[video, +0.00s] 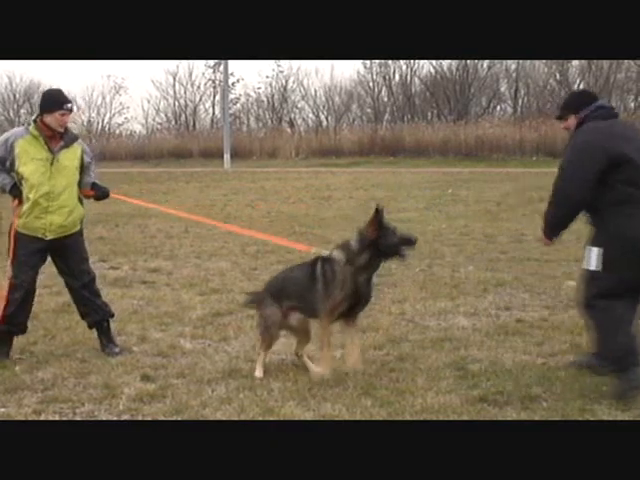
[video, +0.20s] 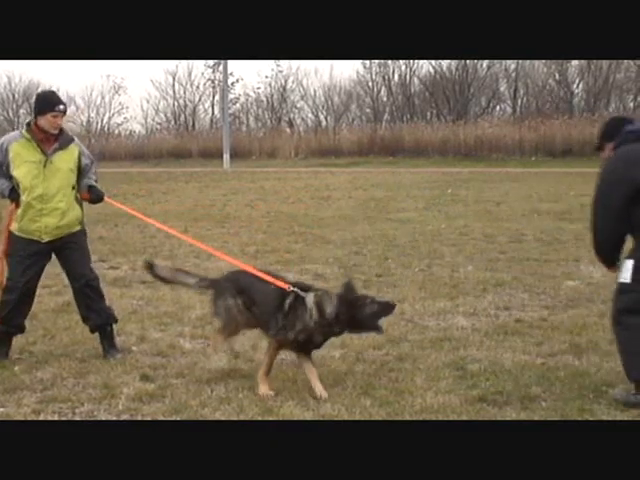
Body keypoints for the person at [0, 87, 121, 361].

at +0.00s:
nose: (66, 118)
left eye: (68, 113)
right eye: (61, 113)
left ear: (70, 115)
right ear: (44, 114)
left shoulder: (77, 147)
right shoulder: (15, 140)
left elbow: (87, 176)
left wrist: (91, 189)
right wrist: (12, 187)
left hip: (68, 229)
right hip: (29, 229)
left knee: (83, 282)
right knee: (21, 285)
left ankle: (106, 336)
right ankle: (5, 342)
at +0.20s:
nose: (59, 120)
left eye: (62, 115)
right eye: (53, 115)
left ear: (64, 117)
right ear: (38, 116)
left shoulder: (73, 146)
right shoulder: (11, 145)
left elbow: (87, 173)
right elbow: (2, 177)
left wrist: (92, 189)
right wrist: (11, 191)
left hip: (69, 229)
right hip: (28, 232)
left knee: (86, 281)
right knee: (17, 289)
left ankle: (108, 341)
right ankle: (4, 346)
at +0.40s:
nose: (66, 121)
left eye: (69, 116)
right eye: (60, 116)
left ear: (71, 118)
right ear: (44, 117)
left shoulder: (79, 145)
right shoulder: (17, 145)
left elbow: (93, 168)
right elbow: (2, 173)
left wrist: (88, 186)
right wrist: (17, 190)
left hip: (75, 229)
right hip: (36, 232)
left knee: (90, 283)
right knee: (22, 288)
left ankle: (109, 341)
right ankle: (5, 341)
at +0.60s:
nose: (68, 120)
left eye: (70, 115)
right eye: (62, 115)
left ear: (72, 117)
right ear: (46, 117)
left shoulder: (82, 148)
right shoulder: (17, 145)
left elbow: (91, 181)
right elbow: (2, 174)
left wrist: (100, 189)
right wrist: (16, 189)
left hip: (74, 230)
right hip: (35, 232)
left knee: (86, 282)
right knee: (22, 286)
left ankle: (108, 338)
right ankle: (4, 339)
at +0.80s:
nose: (70, 115)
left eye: (73, 110)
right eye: (65, 109)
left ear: (76, 112)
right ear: (50, 109)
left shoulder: (85, 142)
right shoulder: (23, 138)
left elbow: (100, 171)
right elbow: (6, 165)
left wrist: (107, 184)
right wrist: (20, 183)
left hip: (77, 225)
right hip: (36, 225)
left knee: (92, 279)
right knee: (24, 279)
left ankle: (111, 337)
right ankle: (25, 328)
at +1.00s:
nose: (68, 104)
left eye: (71, 100)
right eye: (63, 99)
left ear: (72, 102)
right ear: (47, 100)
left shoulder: (83, 134)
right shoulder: (20, 130)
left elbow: (99, 166)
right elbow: (3, 158)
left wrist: (113, 176)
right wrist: (18, 176)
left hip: (79, 215)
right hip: (39, 217)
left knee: (92, 269)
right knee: (41, 273)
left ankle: (111, 326)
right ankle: (46, 319)